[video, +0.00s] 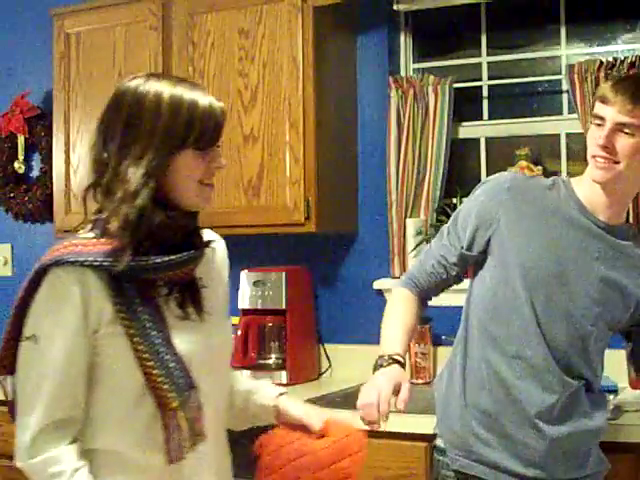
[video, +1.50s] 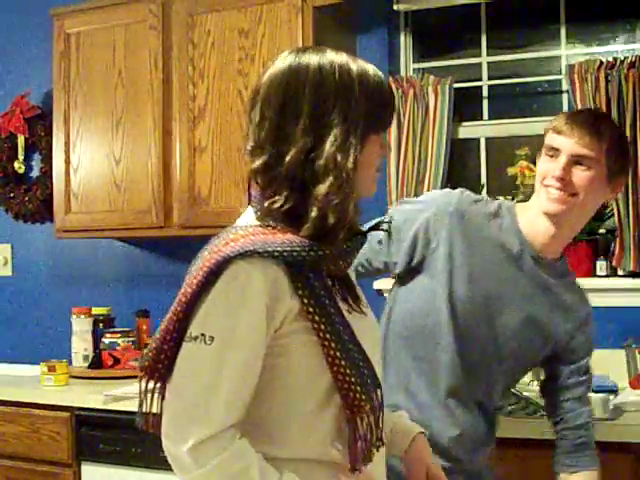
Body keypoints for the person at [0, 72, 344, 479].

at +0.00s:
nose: (218, 162)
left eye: (216, 147)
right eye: (202, 147)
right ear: (147, 152)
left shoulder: (211, 255)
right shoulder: (74, 277)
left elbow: (205, 390)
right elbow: (43, 445)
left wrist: (282, 406)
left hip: (210, 471)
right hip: (122, 471)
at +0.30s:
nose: (275, 158)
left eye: (275, 142)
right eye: (259, 143)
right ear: (206, 150)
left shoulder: (272, 247)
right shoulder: (137, 270)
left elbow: (310, 367)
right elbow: (110, 428)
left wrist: (405, 349)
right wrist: (219, 477)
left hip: (265, 471)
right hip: (176, 476)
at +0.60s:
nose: (322, 156)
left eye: (320, 138)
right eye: (307, 138)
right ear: (253, 144)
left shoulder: (309, 247)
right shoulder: (186, 264)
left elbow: (355, 367)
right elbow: (147, 430)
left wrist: (466, 359)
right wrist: (243, 475)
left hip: (311, 464)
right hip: (236, 469)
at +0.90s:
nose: (355, 151)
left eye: (353, 133)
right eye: (338, 133)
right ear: (283, 137)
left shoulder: (328, 248)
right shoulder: (214, 262)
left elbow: (333, 392)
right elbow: (173, 432)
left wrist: (399, 445)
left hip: (343, 470)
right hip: (270, 468)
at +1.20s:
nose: (376, 151)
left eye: (372, 134)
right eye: (360, 133)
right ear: (304, 135)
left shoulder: (332, 258)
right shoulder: (235, 268)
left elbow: (339, 398)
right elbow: (183, 437)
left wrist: (407, 444)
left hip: (350, 468)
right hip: (275, 468)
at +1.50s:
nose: (386, 149)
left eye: (384, 133)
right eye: (377, 133)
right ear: (331, 140)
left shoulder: (320, 259)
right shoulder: (253, 269)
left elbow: (332, 401)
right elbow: (196, 441)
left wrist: (408, 440)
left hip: (356, 469)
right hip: (292, 470)